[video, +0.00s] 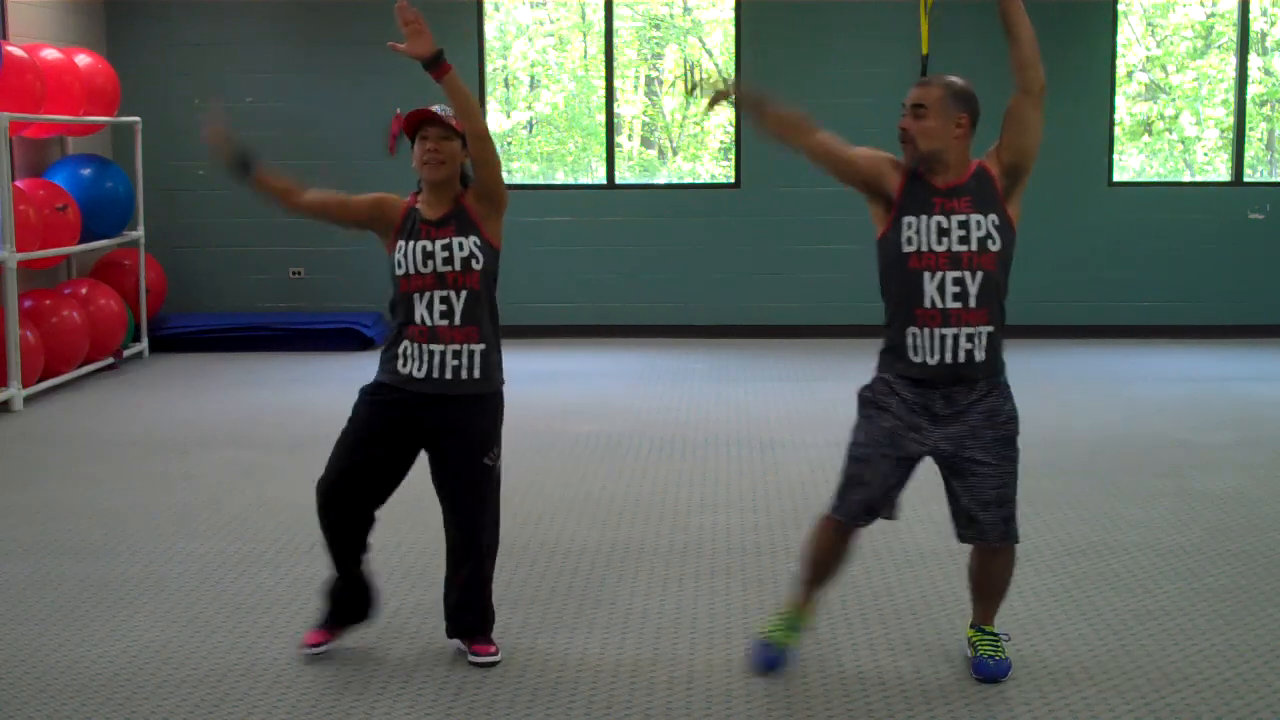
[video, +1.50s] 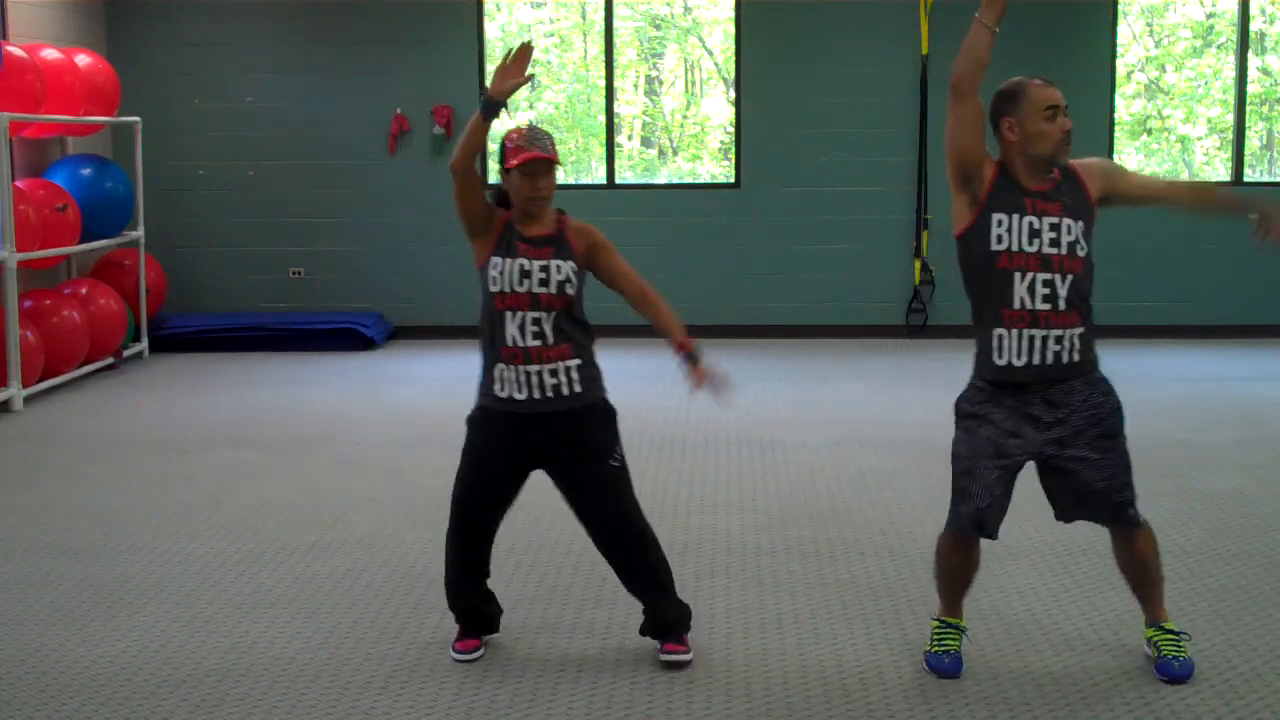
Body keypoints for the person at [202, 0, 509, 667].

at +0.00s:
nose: (434, 149)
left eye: (445, 140)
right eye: (424, 142)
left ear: (463, 155)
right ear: (411, 156)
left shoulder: (482, 210)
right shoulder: (393, 213)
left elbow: (478, 134)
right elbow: (304, 199)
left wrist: (437, 62)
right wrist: (240, 163)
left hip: (470, 397)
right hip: (398, 391)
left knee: (474, 521)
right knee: (339, 495)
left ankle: (472, 628)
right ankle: (350, 602)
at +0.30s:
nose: (395, 170)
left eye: (407, 160)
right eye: (387, 160)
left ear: (428, 170)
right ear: (376, 169)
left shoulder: (447, 228)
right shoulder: (351, 240)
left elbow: (451, 152)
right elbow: (323, 321)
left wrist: (419, 82)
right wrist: (297, 389)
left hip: (441, 412)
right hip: (366, 413)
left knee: (477, 522)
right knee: (329, 526)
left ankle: (485, 623)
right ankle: (291, 632)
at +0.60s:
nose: (427, 174)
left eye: (436, 163)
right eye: (418, 163)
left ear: (456, 170)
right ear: (403, 171)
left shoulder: (481, 220)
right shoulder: (387, 226)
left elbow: (487, 148)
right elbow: (389, 269)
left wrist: (452, 80)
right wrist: (407, 223)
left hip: (479, 399)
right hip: (407, 399)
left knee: (490, 518)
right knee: (360, 512)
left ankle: (515, 621)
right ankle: (323, 631)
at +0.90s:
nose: (467, 158)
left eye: (474, 149)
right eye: (456, 150)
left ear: (488, 156)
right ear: (440, 161)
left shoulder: (508, 206)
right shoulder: (427, 222)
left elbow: (525, 139)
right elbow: (418, 174)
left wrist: (492, 76)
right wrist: (439, 98)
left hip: (532, 384)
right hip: (466, 392)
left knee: (534, 506)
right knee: (460, 511)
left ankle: (527, 613)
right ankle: (472, 620)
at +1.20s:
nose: (502, 174)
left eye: (507, 163)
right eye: (491, 165)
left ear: (514, 166)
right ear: (464, 171)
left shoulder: (528, 215)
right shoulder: (445, 223)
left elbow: (585, 175)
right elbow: (433, 158)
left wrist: (597, 114)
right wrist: (476, 91)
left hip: (545, 390)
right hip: (476, 401)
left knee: (589, 488)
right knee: (478, 519)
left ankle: (564, 597)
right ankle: (475, 621)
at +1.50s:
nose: (537, 174)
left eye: (544, 165)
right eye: (524, 167)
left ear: (556, 174)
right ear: (505, 178)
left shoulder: (580, 239)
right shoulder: (488, 231)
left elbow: (640, 293)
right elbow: (461, 168)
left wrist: (685, 348)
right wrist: (490, 101)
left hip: (578, 415)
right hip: (502, 416)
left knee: (619, 524)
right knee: (466, 527)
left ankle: (670, 624)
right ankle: (472, 621)